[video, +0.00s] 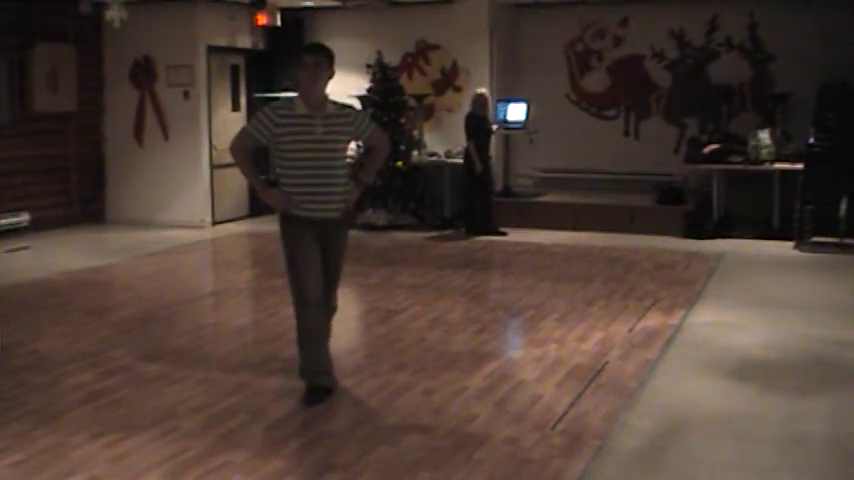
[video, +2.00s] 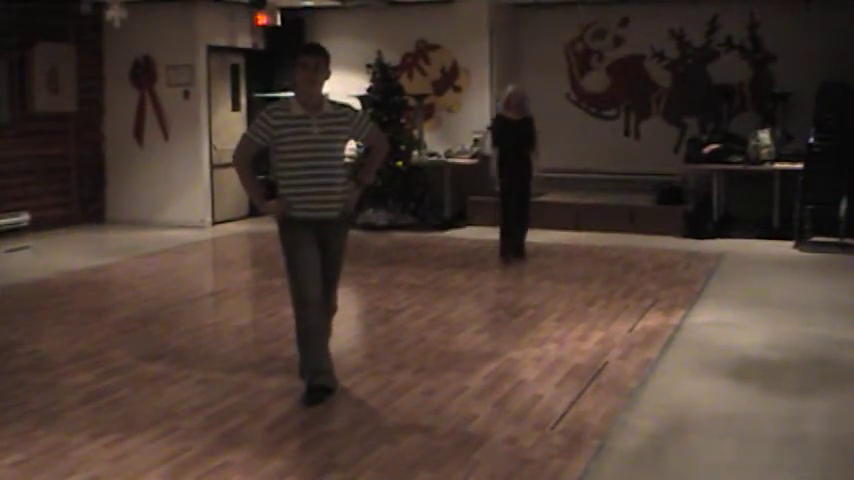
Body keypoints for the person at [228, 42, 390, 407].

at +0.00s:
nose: (311, 75)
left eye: (318, 68)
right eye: (305, 67)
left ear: (330, 74)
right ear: (296, 72)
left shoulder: (346, 115)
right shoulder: (278, 114)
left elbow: (382, 144)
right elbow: (238, 147)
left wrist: (360, 184)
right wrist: (265, 191)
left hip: (336, 217)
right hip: (297, 216)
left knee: (327, 297)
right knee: (309, 297)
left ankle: (314, 361)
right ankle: (318, 379)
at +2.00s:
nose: (309, 76)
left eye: (316, 70)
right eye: (303, 69)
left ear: (327, 75)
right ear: (293, 74)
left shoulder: (343, 115)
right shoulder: (274, 116)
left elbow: (380, 145)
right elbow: (241, 157)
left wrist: (357, 186)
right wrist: (261, 201)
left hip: (335, 218)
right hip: (295, 219)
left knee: (326, 297)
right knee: (308, 298)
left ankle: (314, 361)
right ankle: (318, 378)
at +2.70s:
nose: (330, 74)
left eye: (331, 68)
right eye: (323, 68)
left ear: (326, 72)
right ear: (304, 71)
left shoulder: (325, 111)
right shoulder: (291, 111)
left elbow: (334, 158)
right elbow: (275, 160)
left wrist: (337, 194)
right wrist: (290, 198)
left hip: (331, 212)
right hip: (308, 214)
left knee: (324, 290)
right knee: (328, 292)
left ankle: (311, 362)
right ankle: (328, 373)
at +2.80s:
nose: (333, 71)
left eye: (332, 66)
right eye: (327, 66)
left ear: (314, 72)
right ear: (308, 71)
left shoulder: (314, 108)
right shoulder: (299, 109)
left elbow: (311, 156)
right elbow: (290, 149)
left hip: (320, 211)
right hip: (311, 212)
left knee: (318, 287)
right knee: (334, 290)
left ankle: (305, 361)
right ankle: (330, 371)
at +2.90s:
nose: (327, 72)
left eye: (325, 65)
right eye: (323, 66)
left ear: (300, 71)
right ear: (312, 70)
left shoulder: (292, 105)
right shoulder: (315, 106)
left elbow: (277, 143)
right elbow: (327, 156)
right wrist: (333, 202)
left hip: (299, 209)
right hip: (319, 209)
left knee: (315, 288)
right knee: (336, 291)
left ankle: (304, 364)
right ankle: (333, 370)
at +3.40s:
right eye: (302, 67)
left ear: (275, 75)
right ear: (306, 71)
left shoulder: (263, 112)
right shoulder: (329, 107)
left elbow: (226, 150)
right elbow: (364, 142)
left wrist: (251, 181)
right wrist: (377, 172)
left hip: (287, 216)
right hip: (329, 212)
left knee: (290, 294)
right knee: (331, 296)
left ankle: (295, 368)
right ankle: (331, 376)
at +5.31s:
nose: (334, 70)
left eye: (332, 64)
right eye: (333, 65)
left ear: (298, 69)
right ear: (329, 68)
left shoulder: (283, 106)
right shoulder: (343, 107)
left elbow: (253, 140)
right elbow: (356, 153)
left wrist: (258, 178)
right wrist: (399, 185)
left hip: (292, 210)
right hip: (333, 209)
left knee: (294, 290)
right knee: (340, 287)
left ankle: (294, 362)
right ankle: (343, 359)